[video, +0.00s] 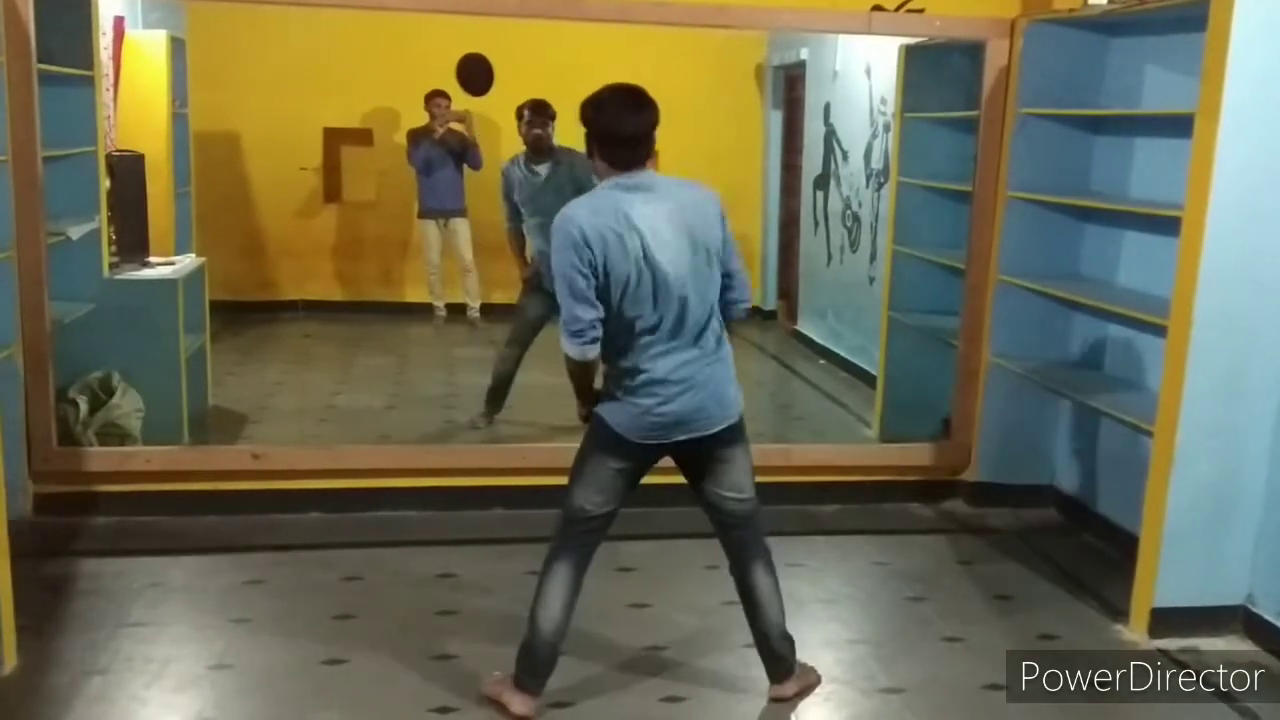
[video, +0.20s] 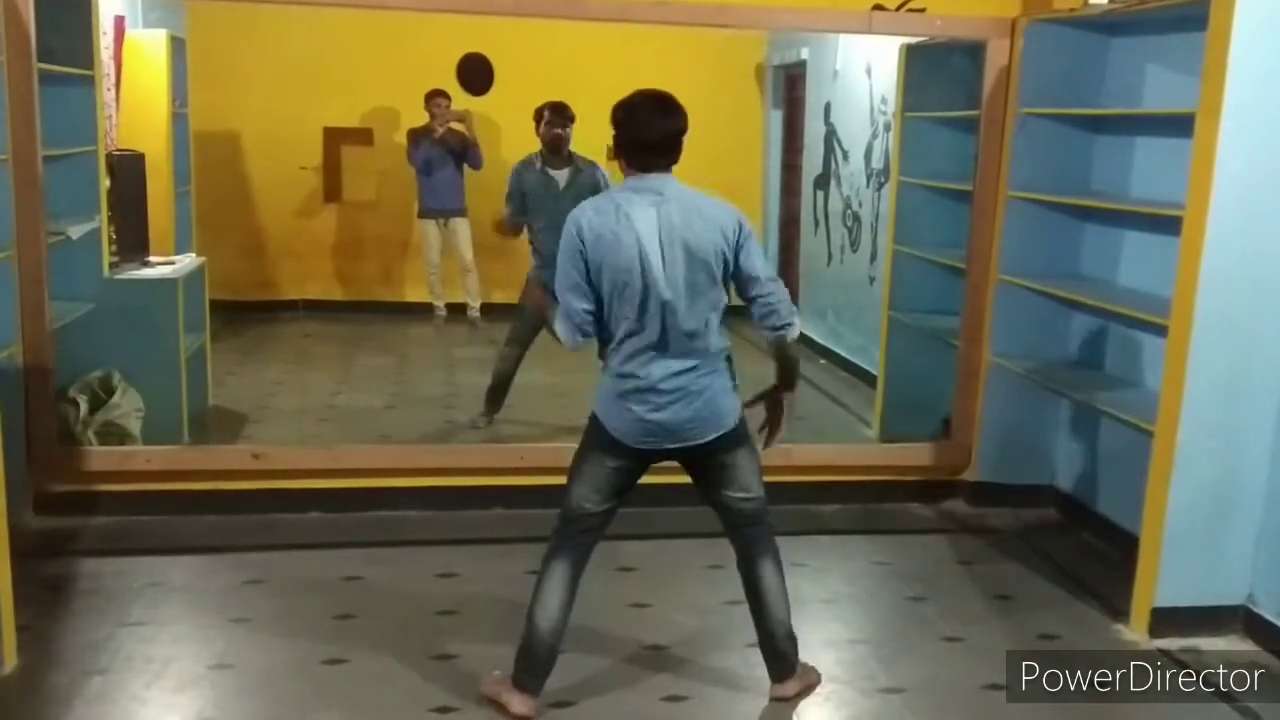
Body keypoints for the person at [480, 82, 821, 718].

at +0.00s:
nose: (585, 147)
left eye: (585, 139)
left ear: (592, 146)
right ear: (653, 140)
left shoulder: (577, 221)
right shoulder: (701, 201)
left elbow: (581, 341)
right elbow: (735, 304)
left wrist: (585, 398)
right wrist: (687, 339)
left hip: (632, 409)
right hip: (714, 403)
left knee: (573, 546)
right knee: (747, 542)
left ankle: (525, 688)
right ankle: (784, 673)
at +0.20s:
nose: (613, 144)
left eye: (615, 136)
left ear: (617, 146)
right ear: (681, 146)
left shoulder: (587, 221)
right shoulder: (721, 218)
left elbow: (574, 326)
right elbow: (777, 315)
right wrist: (784, 383)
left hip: (624, 414)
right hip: (710, 413)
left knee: (571, 542)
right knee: (754, 538)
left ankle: (523, 688)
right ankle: (785, 675)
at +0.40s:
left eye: (641, 122)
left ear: (639, 130)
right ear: (704, 133)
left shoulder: (602, 201)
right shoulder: (735, 212)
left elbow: (518, 238)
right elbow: (774, 317)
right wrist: (775, 374)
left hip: (618, 409)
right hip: (701, 411)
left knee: (571, 545)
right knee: (753, 539)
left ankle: (523, 688)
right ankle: (784, 674)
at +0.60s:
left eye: (674, 125)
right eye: (726, 130)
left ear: (662, 132)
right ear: (727, 139)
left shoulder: (612, 197)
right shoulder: (741, 225)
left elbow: (534, 213)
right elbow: (760, 341)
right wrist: (759, 387)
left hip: (616, 407)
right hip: (696, 411)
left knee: (569, 541)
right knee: (752, 532)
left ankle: (523, 686)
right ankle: (784, 671)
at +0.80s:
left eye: (677, 130)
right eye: (733, 141)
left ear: (675, 136)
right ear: (737, 150)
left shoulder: (617, 200)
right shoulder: (745, 227)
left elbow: (548, 264)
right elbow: (760, 344)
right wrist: (744, 398)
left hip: (614, 405)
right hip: (697, 410)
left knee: (567, 535)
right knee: (754, 527)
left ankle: (521, 684)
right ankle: (784, 668)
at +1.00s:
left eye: (674, 126)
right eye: (727, 131)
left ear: (668, 132)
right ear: (732, 140)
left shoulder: (623, 197)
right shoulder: (741, 225)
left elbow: (565, 235)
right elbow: (756, 338)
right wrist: (757, 386)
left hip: (615, 401)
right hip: (695, 407)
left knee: (571, 536)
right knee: (752, 528)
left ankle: (521, 683)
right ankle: (783, 667)